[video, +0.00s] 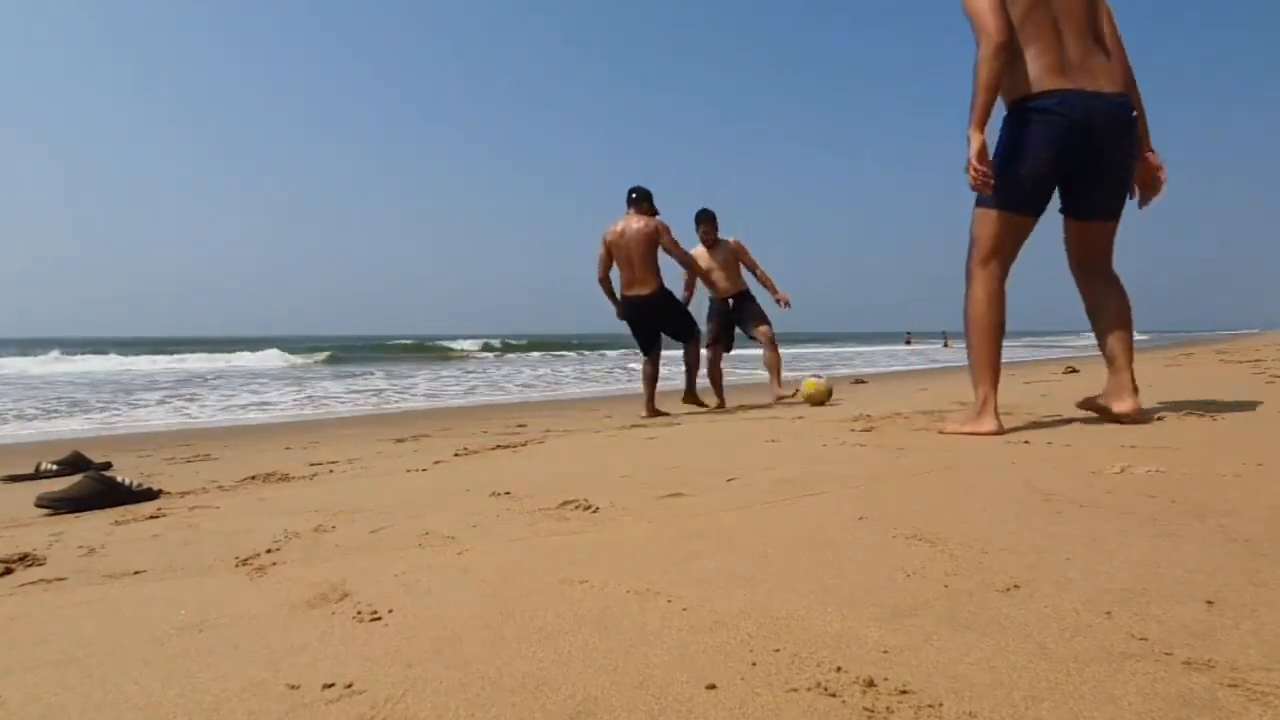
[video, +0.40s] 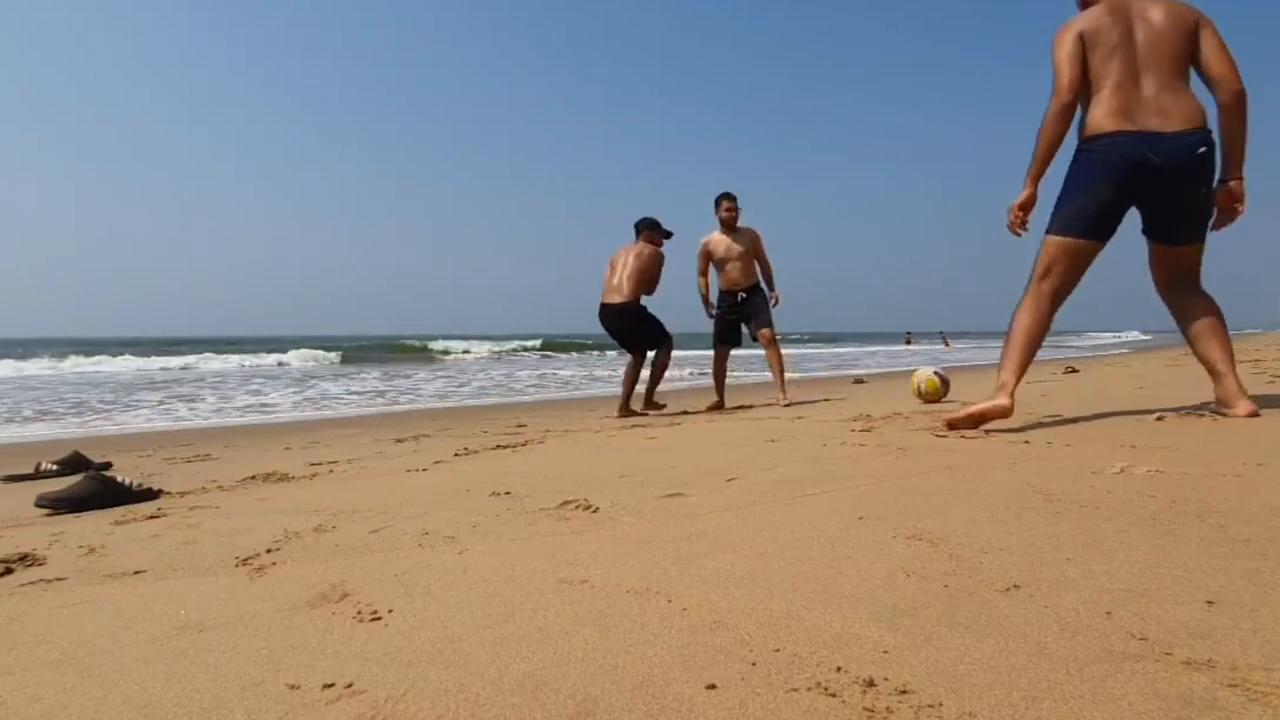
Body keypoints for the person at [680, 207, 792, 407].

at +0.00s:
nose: (707, 235)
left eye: (710, 230)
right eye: (703, 231)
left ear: (717, 229)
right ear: (697, 232)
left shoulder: (733, 247)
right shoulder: (695, 257)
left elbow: (756, 270)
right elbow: (688, 290)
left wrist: (776, 293)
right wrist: (680, 314)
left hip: (742, 299)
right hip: (718, 304)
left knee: (767, 336)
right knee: (713, 353)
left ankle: (777, 389)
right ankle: (720, 400)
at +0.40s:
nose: (732, 214)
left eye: (735, 210)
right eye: (727, 210)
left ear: (738, 212)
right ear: (717, 214)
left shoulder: (750, 236)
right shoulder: (708, 244)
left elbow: (763, 262)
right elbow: (703, 274)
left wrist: (771, 289)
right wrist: (705, 300)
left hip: (753, 292)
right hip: (727, 295)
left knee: (768, 337)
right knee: (721, 350)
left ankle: (782, 393)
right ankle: (720, 398)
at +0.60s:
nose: (762, 208)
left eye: (764, 203)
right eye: (757, 203)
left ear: (768, 206)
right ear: (746, 205)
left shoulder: (774, 232)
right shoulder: (732, 234)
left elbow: (786, 260)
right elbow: (721, 265)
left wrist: (782, 277)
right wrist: (723, 295)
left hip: (769, 290)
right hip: (743, 292)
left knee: (777, 339)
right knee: (732, 345)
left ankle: (782, 393)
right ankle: (723, 395)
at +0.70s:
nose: (771, 206)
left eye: (774, 202)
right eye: (766, 201)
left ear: (777, 204)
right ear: (756, 203)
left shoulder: (783, 230)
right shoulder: (741, 230)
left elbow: (794, 258)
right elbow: (730, 260)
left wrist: (795, 279)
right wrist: (730, 289)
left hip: (776, 288)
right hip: (749, 288)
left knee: (781, 338)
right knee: (741, 343)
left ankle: (782, 393)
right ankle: (740, 392)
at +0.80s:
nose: (775, 205)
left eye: (778, 201)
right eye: (771, 201)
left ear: (782, 204)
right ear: (761, 202)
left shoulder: (788, 230)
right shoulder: (747, 229)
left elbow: (799, 259)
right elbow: (735, 259)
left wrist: (807, 284)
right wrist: (736, 285)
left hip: (779, 287)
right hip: (753, 288)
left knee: (783, 338)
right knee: (749, 341)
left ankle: (783, 393)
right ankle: (760, 389)